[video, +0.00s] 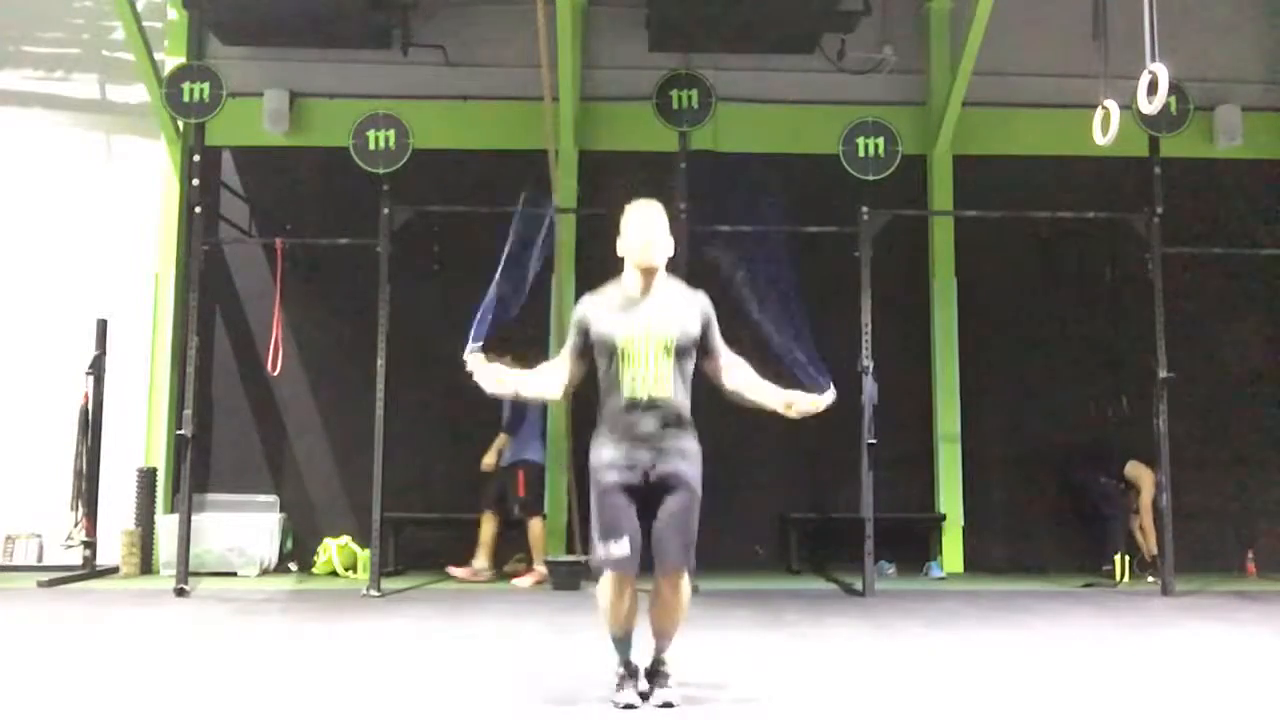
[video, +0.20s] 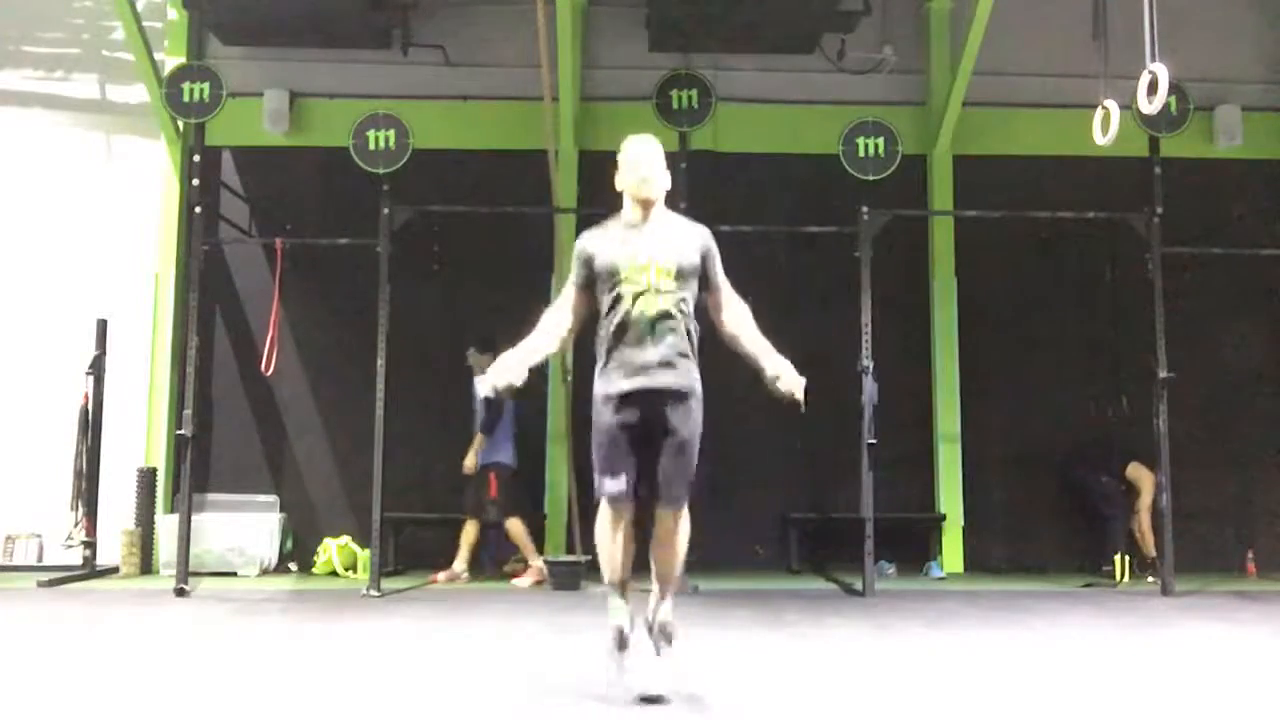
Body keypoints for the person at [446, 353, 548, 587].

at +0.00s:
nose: (493, 367)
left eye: (495, 361)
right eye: (491, 361)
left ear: (508, 359)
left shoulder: (518, 382)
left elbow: (514, 420)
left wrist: (494, 449)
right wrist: (504, 453)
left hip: (528, 454)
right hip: (511, 456)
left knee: (532, 513)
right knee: (490, 509)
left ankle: (539, 566)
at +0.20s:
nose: (468, 359)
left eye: (472, 355)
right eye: (469, 355)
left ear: (485, 356)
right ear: (485, 357)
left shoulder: (490, 381)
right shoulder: (486, 380)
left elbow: (492, 416)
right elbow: (489, 421)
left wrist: (474, 450)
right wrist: (477, 450)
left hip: (498, 456)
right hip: (485, 457)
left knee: (504, 512)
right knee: (473, 513)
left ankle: (536, 564)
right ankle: (459, 567)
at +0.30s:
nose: (458, 357)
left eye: (463, 352)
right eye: (458, 353)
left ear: (479, 354)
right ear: (469, 356)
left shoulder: (483, 380)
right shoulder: (474, 382)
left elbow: (481, 417)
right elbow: (474, 421)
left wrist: (466, 449)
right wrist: (462, 455)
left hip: (483, 454)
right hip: (473, 454)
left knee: (475, 509)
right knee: (466, 510)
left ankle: (521, 553)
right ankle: (458, 566)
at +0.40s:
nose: (450, 356)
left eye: (454, 351)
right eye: (449, 351)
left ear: (469, 353)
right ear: (460, 354)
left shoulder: (475, 379)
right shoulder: (463, 381)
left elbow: (474, 415)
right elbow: (461, 420)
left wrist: (455, 445)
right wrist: (448, 450)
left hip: (472, 452)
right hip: (462, 452)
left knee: (456, 506)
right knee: (459, 509)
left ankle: (497, 547)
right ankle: (458, 565)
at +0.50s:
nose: (438, 355)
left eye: (443, 350)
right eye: (438, 350)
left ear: (459, 351)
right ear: (449, 353)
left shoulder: (467, 378)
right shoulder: (452, 383)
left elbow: (468, 412)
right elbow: (444, 426)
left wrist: (448, 442)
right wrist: (424, 451)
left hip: (464, 452)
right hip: (453, 452)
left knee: (437, 502)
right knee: (454, 506)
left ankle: (465, 552)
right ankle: (459, 562)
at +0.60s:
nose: (430, 355)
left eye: (435, 349)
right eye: (430, 350)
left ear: (451, 352)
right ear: (439, 354)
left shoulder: (459, 379)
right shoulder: (441, 385)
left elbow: (462, 414)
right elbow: (431, 426)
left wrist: (440, 444)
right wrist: (407, 448)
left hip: (455, 454)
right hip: (447, 455)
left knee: (430, 510)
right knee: (454, 512)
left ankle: (434, 564)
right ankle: (457, 564)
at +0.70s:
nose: (421, 355)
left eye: (426, 350)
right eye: (421, 350)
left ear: (442, 352)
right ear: (429, 354)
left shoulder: (451, 381)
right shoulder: (430, 387)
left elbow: (453, 417)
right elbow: (421, 423)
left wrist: (435, 445)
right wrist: (396, 443)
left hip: (450, 455)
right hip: (432, 455)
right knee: (451, 511)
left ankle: (402, 564)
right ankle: (456, 565)